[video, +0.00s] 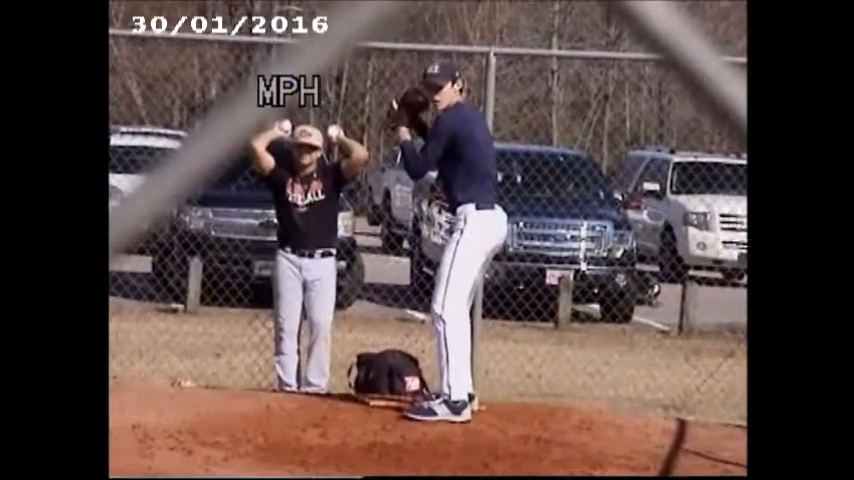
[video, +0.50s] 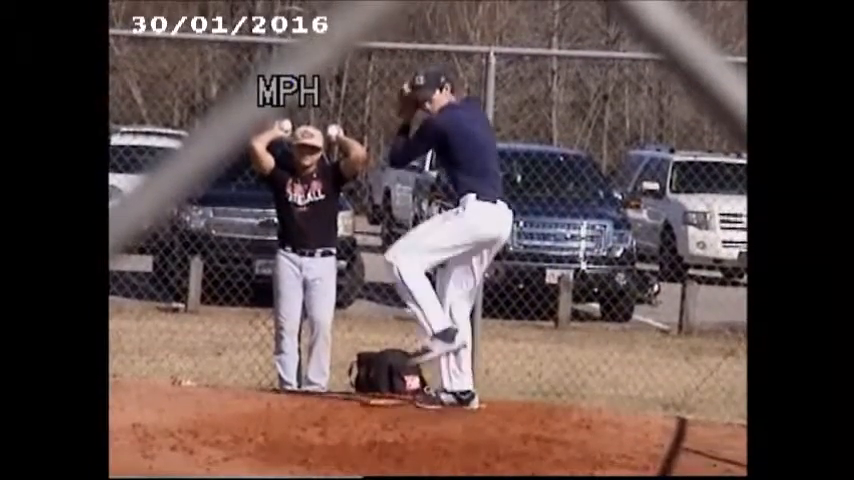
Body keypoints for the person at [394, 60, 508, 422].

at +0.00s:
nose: (432, 94)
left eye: (439, 87)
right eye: (430, 87)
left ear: (459, 86)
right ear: (447, 88)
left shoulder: (450, 119)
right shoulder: (470, 116)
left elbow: (417, 167)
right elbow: (435, 162)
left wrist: (404, 137)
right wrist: (414, 138)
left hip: (473, 218)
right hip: (487, 216)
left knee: (446, 307)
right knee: (456, 306)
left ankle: (455, 396)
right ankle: (461, 392)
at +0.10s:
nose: (429, 96)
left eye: (435, 89)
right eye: (427, 89)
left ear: (455, 86)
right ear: (447, 88)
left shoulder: (447, 118)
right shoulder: (469, 113)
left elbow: (414, 166)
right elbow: (434, 157)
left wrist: (400, 133)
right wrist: (415, 126)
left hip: (472, 216)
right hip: (488, 213)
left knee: (446, 304)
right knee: (452, 304)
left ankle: (455, 393)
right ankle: (461, 388)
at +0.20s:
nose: (429, 104)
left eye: (435, 97)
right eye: (427, 98)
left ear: (454, 93)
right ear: (441, 97)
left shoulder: (445, 124)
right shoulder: (469, 120)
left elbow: (411, 171)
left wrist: (398, 142)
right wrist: (415, 135)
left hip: (473, 220)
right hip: (487, 217)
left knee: (447, 309)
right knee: (440, 308)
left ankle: (455, 398)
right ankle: (458, 391)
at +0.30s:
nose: (428, 104)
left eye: (433, 96)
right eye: (426, 97)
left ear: (454, 92)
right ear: (450, 95)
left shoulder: (445, 123)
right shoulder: (470, 118)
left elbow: (407, 167)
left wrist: (397, 132)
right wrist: (417, 121)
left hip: (473, 216)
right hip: (490, 214)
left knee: (441, 301)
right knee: (445, 302)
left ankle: (454, 390)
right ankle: (460, 387)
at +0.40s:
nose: (427, 107)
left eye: (431, 100)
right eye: (424, 101)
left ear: (453, 93)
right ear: (455, 96)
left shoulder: (443, 125)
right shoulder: (475, 117)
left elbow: (406, 164)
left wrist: (399, 124)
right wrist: (418, 107)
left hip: (474, 216)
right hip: (496, 217)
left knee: (416, 288)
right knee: (447, 300)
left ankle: (441, 373)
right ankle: (461, 386)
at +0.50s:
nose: (424, 106)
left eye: (426, 100)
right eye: (421, 101)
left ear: (444, 90)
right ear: (448, 91)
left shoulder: (438, 122)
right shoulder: (474, 110)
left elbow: (398, 158)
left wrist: (406, 119)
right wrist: (420, 106)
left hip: (475, 212)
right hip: (499, 215)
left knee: (402, 255)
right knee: (457, 299)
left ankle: (440, 329)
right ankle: (459, 387)